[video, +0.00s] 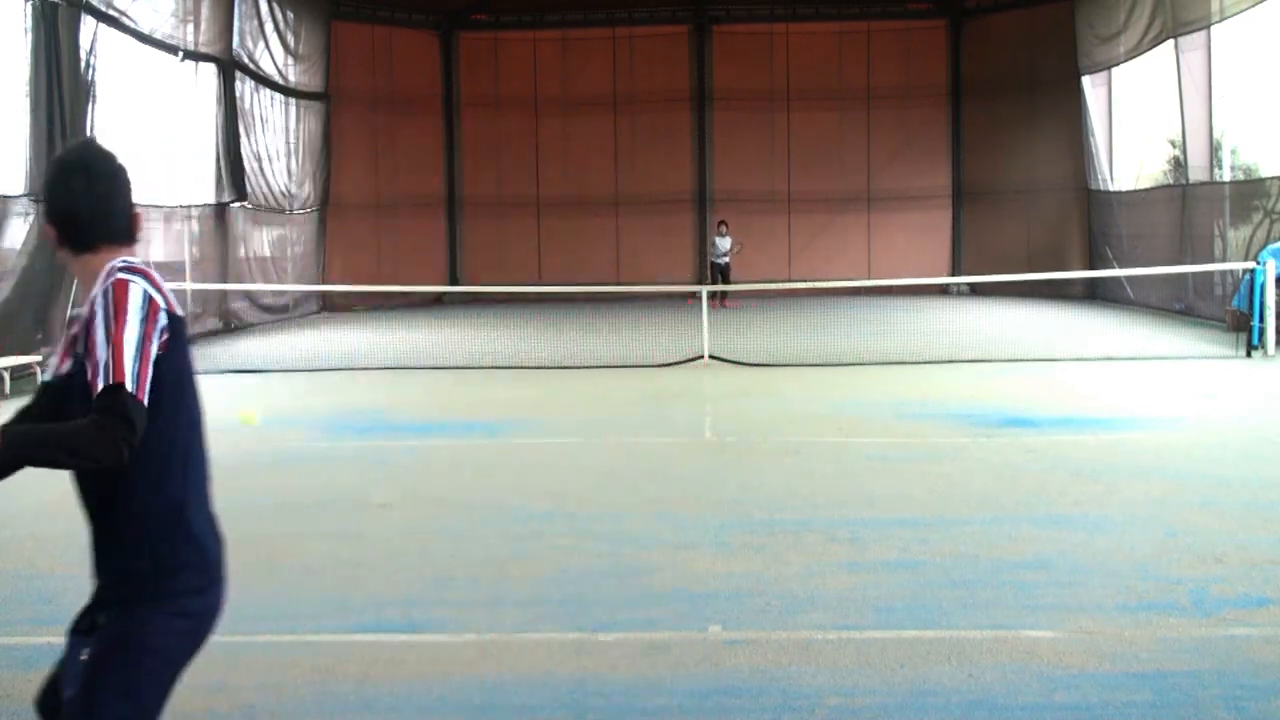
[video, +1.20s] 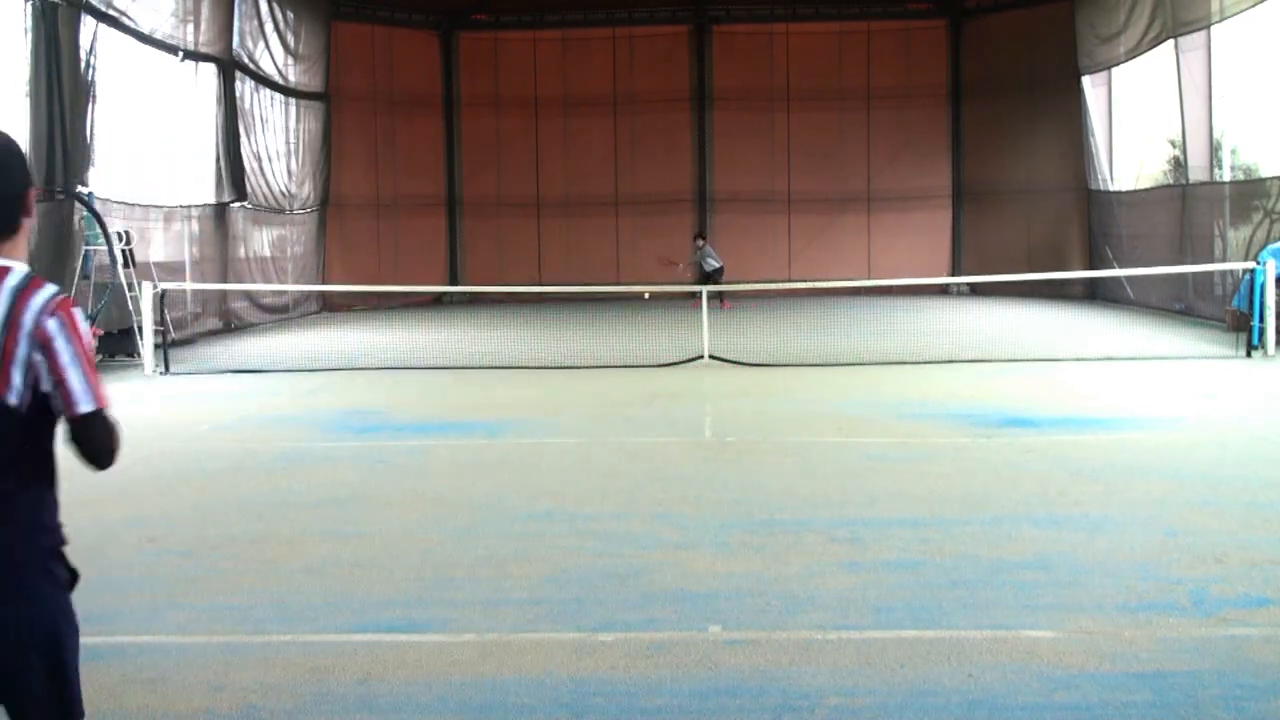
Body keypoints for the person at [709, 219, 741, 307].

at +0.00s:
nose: (722, 230)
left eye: (724, 227)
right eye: (721, 227)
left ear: (727, 229)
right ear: (718, 229)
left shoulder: (729, 239)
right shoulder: (715, 239)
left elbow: (730, 251)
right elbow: (710, 251)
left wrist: (736, 249)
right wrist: (721, 254)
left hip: (725, 263)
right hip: (715, 262)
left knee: (727, 282)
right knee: (715, 281)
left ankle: (723, 299)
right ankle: (714, 299)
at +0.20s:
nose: (719, 232)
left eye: (721, 229)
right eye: (717, 229)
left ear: (723, 231)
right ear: (715, 231)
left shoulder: (727, 241)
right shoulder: (710, 241)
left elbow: (731, 252)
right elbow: (707, 252)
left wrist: (726, 254)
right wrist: (713, 256)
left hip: (722, 264)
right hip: (711, 263)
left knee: (721, 283)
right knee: (708, 281)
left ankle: (718, 300)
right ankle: (705, 299)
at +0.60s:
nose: (708, 235)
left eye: (709, 232)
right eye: (706, 232)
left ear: (712, 234)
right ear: (704, 234)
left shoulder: (717, 243)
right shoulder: (700, 244)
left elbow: (722, 253)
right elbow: (697, 255)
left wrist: (715, 258)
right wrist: (702, 260)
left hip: (715, 266)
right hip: (704, 266)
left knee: (721, 283)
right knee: (699, 282)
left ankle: (726, 299)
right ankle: (695, 297)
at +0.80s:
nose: (705, 240)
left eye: (707, 238)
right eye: (703, 238)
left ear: (710, 239)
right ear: (701, 240)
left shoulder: (714, 248)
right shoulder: (700, 249)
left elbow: (712, 259)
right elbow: (699, 259)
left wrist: (703, 258)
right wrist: (699, 259)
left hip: (716, 270)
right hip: (705, 270)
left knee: (721, 286)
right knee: (696, 285)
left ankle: (726, 302)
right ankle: (694, 301)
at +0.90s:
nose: (703, 239)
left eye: (705, 237)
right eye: (702, 237)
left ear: (708, 238)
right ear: (700, 239)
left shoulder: (711, 246)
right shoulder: (702, 248)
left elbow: (709, 256)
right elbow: (702, 257)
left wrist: (695, 256)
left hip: (716, 268)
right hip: (707, 268)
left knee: (720, 284)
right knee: (700, 283)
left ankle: (726, 301)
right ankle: (699, 300)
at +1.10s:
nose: (699, 241)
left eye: (700, 239)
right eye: (697, 239)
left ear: (704, 239)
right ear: (696, 241)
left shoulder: (707, 247)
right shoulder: (700, 249)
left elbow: (699, 256)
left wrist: (688, 260)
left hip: (716, 268)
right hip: (707, 270)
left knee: (716, 283)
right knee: (701, 283)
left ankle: (726, 300)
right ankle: (701, 299)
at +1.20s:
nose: (698, 243)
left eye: (699, 240)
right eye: (696, 241)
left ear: (703, 241)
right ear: (695, 242)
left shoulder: (706, 249)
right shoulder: (700, 251)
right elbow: (695, 260)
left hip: (717, 269)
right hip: (708, 271)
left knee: (717, 284)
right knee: (701, 284)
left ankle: (722, 302)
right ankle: (701, 301)